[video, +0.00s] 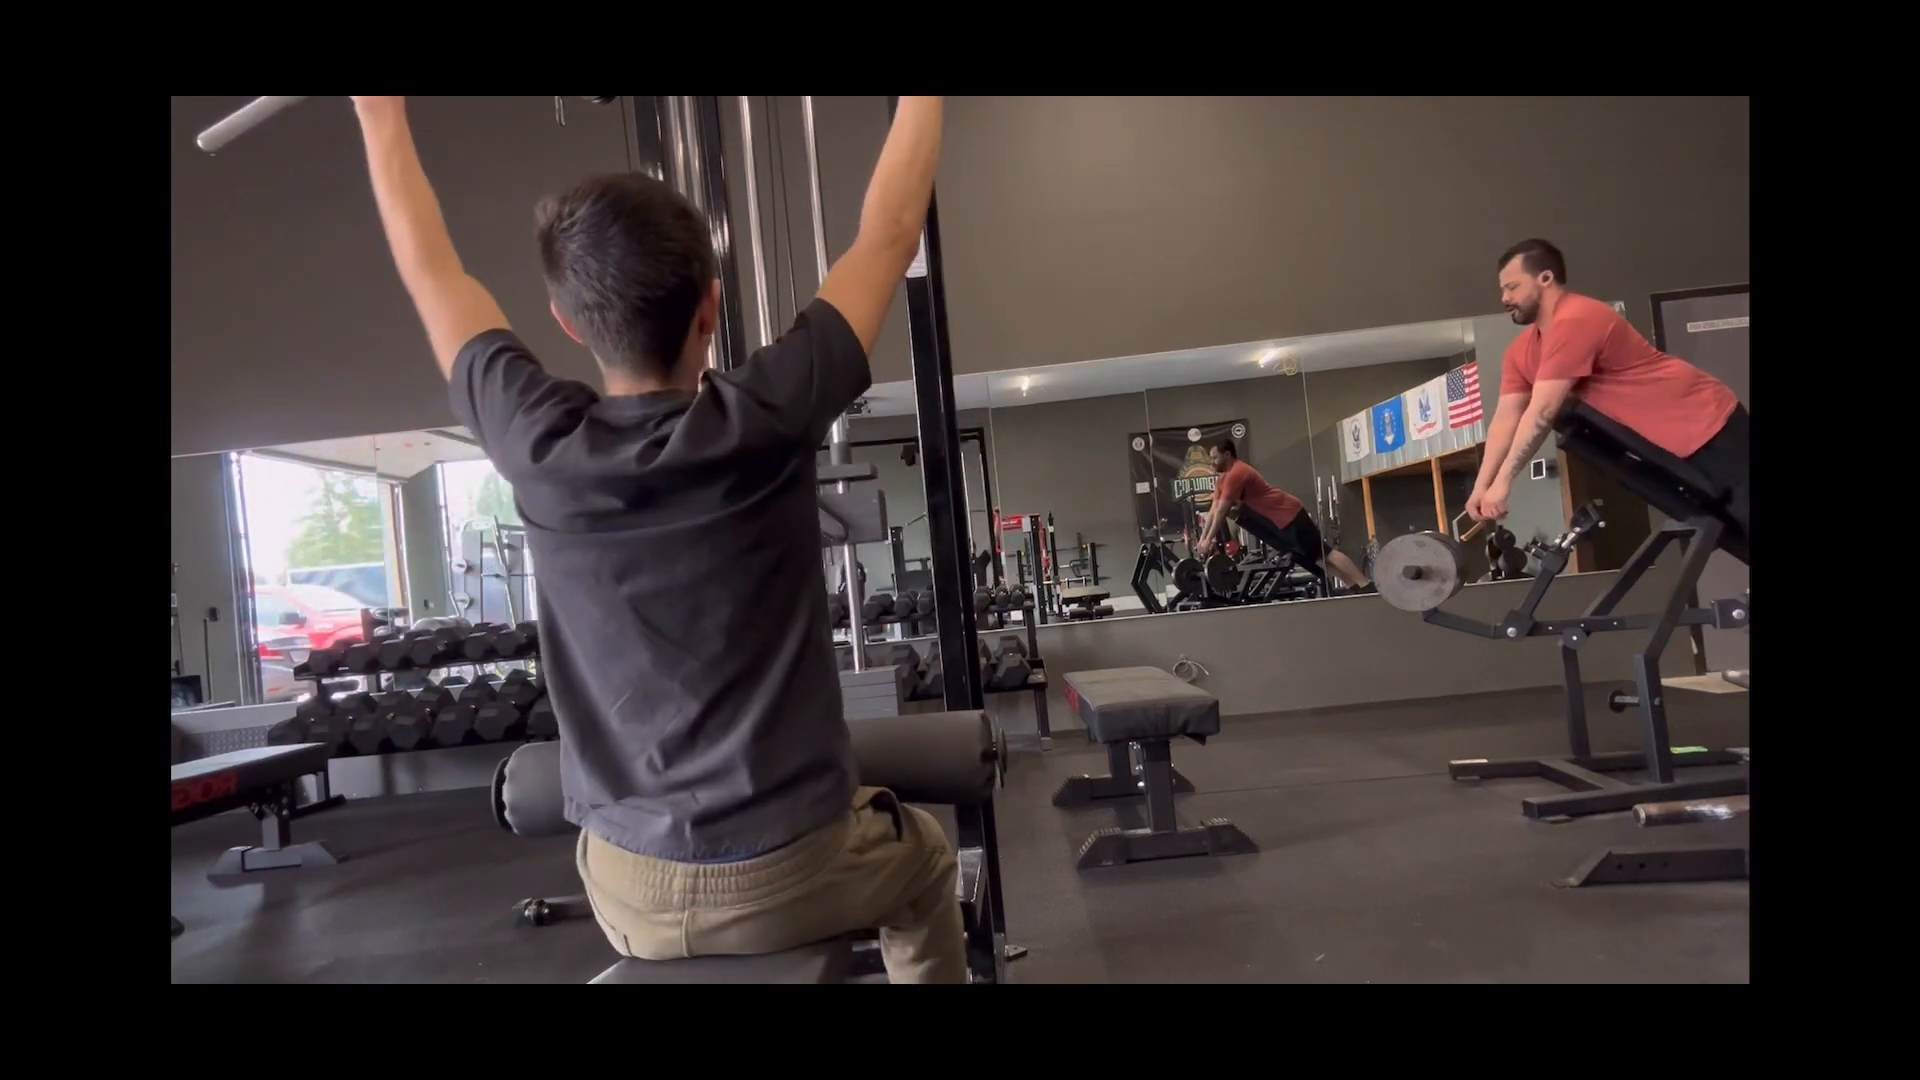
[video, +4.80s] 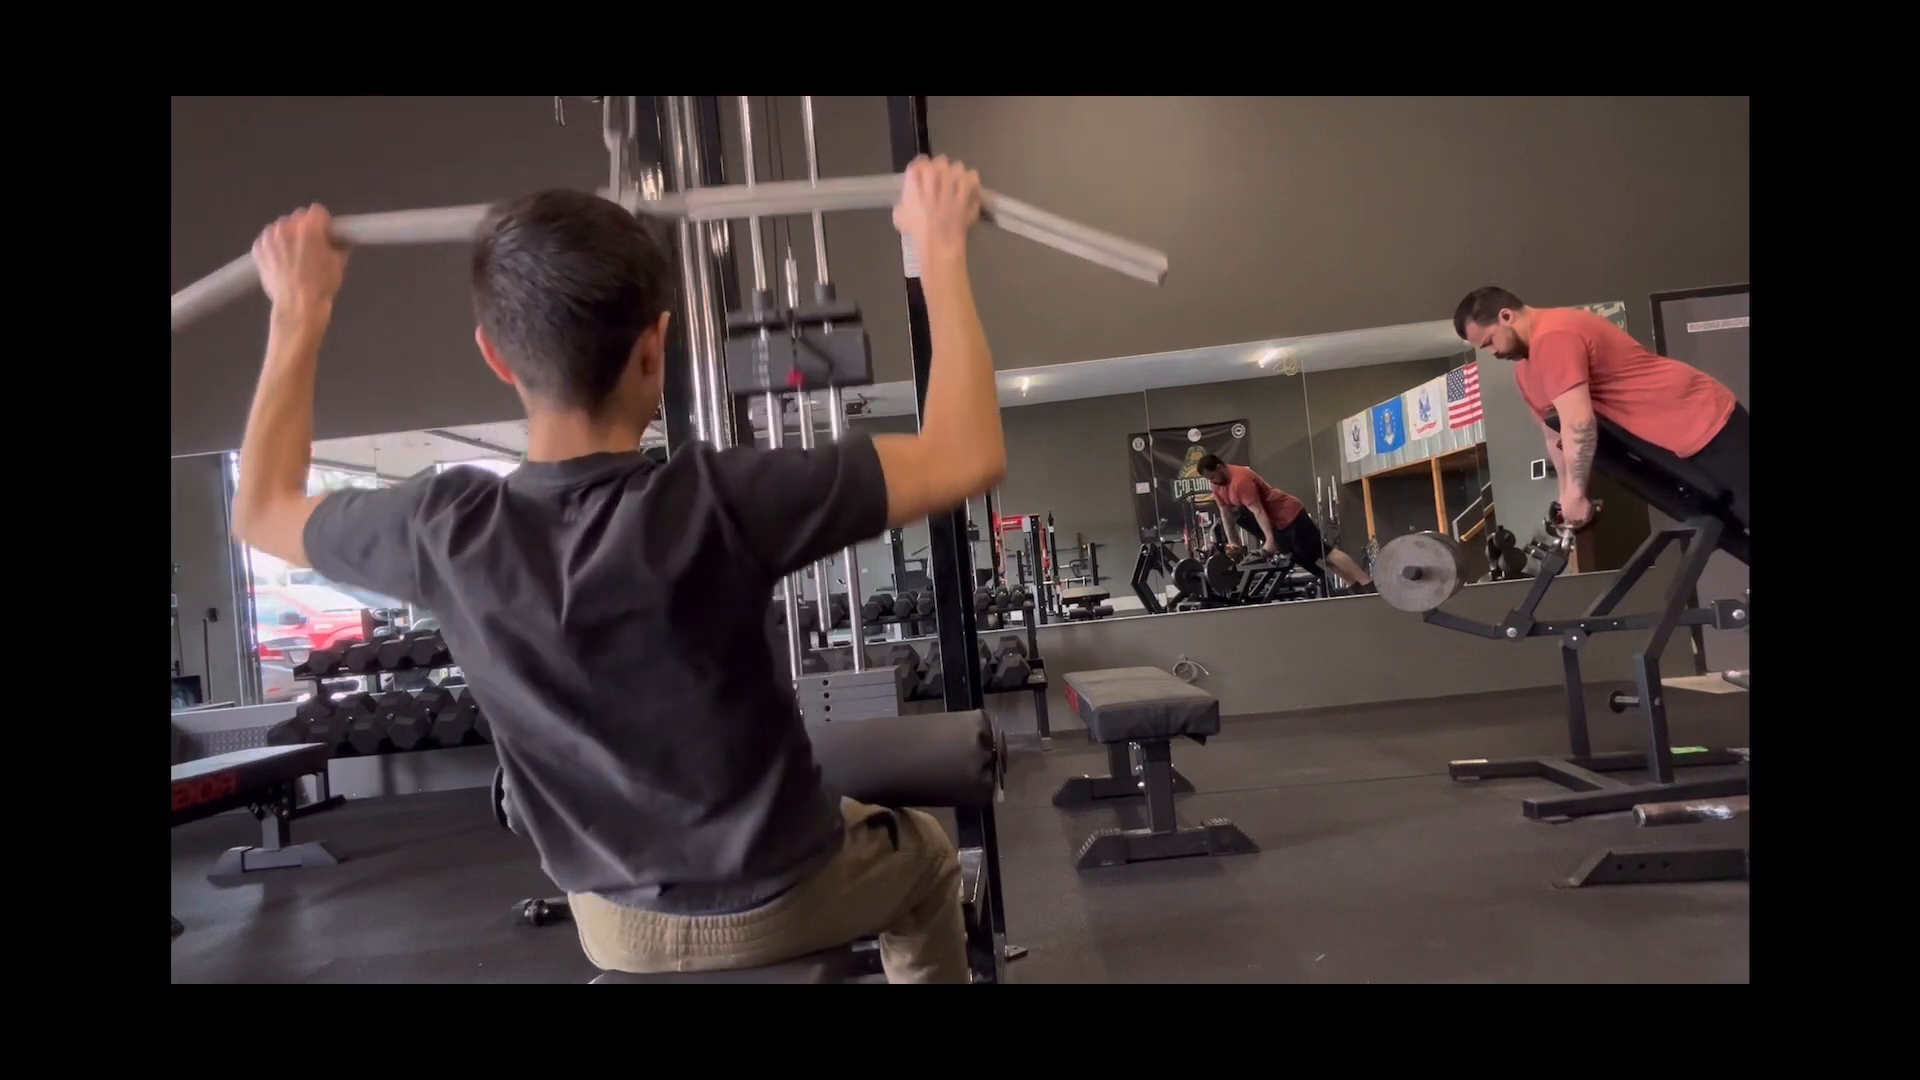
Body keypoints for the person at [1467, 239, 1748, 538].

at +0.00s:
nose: (1504, 299)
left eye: (1511, 287)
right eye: (1502, 291)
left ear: (1545, 279)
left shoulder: (1576, 317)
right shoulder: (1520, 351)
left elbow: (1542, 412)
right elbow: (1505, 416)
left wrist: (1503, 479)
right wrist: (1482, 483)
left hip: (1708, 422)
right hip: (1667, 449)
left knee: (1745, 517)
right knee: (1732, 532)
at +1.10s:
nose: (1493, 321)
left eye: (1490, 312)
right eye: (1489, 314)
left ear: (1508, 307)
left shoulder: (1571, 326)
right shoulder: (1522, 355)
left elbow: (1543, 426)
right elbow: (1507, 422)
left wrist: (1505, 491)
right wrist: (1484, 491)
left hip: (1709, 423)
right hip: (1669, 446)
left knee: (1744, 524)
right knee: (1729, 533)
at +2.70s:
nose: (1496, 343)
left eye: (1493, 332)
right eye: (1489, 337)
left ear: (1513, 307)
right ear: (1511, 310)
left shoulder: (1570, 324)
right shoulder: (1526, 364)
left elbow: (1579, 417)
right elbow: (1535, 424)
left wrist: (1542, 480)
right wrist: (1530, 484)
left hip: (1709, 421)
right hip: (1672, 448)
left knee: (1745, 520)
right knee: (1732, 534)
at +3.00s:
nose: (1490, 356)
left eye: (1484, 346)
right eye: (1483, 350)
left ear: (1499, 326)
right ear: (1499, 329)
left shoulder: (1561, 329)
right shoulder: (1530, 373)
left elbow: (1591, 418)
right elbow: (1568, 431)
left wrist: (1578, 480)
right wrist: (1574, 486)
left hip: (1706, 423)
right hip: (1667, 453)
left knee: (1746, 515)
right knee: (1730, 534)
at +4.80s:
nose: (1492, 352)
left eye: (1488, 342)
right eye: (1483, 348)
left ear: (1507, 316)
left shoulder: (1553, 337)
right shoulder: (1524, 368)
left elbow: (1581, 427)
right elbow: (1554, 436)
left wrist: (1576, 496)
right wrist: (1568, 496)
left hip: (1704, 422)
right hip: (1671, 446)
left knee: (1746, 515)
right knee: (1730, 532)